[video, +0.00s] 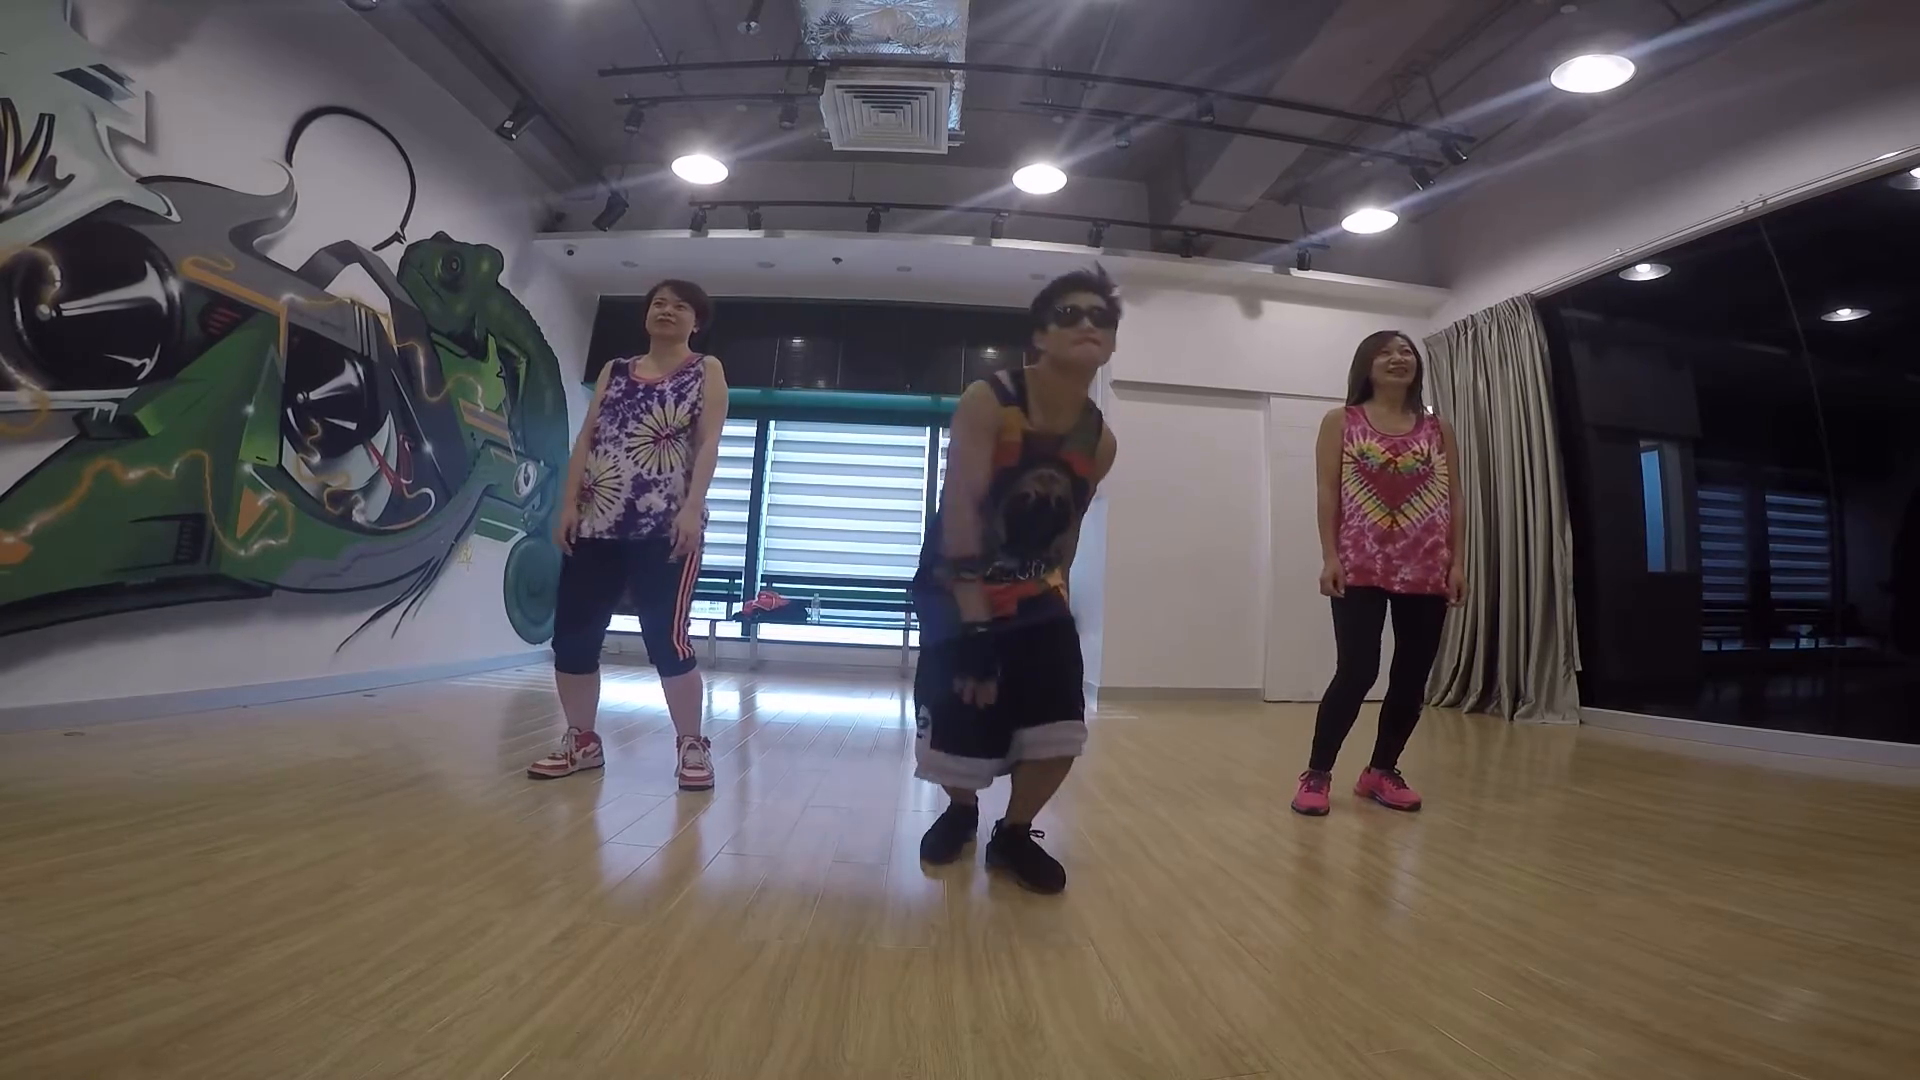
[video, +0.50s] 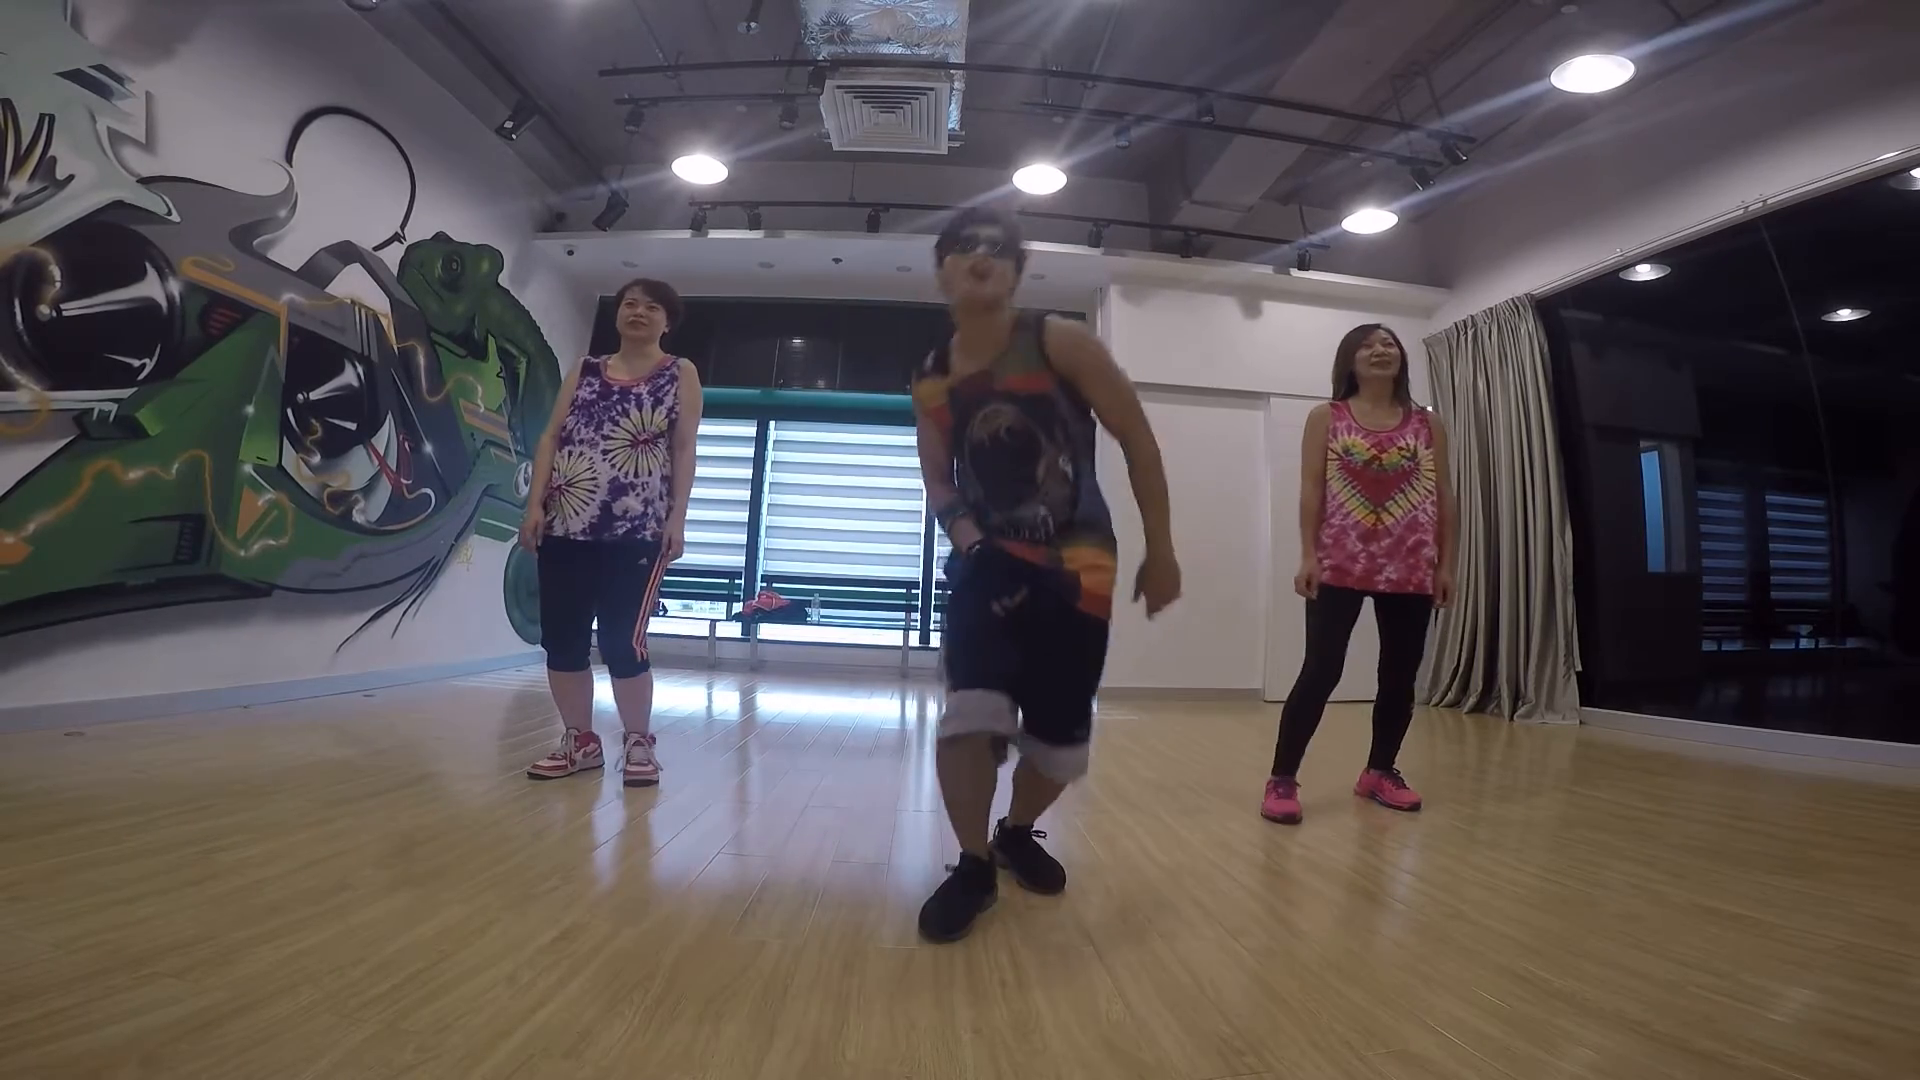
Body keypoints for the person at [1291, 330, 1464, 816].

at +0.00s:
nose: (1398, 358)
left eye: (1406, 353)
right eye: (1386, 352)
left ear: (1418, 368)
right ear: (1366, 366)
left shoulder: (1437, 428)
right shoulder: (1341, 421)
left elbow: (1453, 497)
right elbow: (1328, 491)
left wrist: (1456, 562)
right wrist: (1330, 557)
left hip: (1425, 570)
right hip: (1361, 567)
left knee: (1410, 677)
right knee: (1357, 672)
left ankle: (1381, 772)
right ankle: (1317, 775)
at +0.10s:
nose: (1398, 358)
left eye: (1406, 353)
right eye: (1386, 353)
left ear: (1418, 368)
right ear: (1366, 367)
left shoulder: (1437, 428)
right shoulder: (1341, 421)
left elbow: (1453, 497)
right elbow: (1328, 490)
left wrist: (1455, 562)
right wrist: (1331, 557)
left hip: (1424, 570)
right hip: (1360, 567)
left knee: (1410, 677)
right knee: (1359, 670)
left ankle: (1381, 772)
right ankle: (1317, 776)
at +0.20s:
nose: (1398, 356)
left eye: (1406, 351)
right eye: (1385, 351)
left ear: (1418, 368)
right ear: (1365, 366)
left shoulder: (1437, 428)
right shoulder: (1341, 420)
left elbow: (1452, 496)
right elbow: (1327, 490)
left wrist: (1455, 562)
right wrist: (1331, 557)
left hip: (1424, 569)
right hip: (1361, 566)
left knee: (1412, 677)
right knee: (1355, 669)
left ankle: (1381, 772)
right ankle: (1310, 772)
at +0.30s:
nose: (1393, 354)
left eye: (1402, 349)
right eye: (1380, 349)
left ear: (1414, 365)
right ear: (1361, 365)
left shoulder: (1434, 426)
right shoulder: (1338, 420)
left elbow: (1452, 497)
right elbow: (1325, 490)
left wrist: (1455, 561)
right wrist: (1328, 556)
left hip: (1423, 567)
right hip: (1358, 564)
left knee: (1410, 676)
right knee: (1343, 666)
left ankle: (1380, 771)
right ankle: (1294, 770)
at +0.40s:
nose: (1387, 351)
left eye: (1396, 346)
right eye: (1374, 346)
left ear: (1409, 363)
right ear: (1355, 363)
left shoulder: (1432, 423)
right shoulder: (1334, 418)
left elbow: (1449, 494)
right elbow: (1321, 488)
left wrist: (1452, 560)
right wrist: (1321, 554)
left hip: (1417, 566)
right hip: (1351, 562)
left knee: (1405, 675)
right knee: (1329, 666)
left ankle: (1379, 771)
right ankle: (1281, 774)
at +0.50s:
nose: (1380, 349)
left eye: (1389, 344)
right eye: (1368, 345)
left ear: (1403, 361)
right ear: (1349, 362)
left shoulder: (1427, 423)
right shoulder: (1327, 417)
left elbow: (1442, 495)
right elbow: (1312, 488)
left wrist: (1444, 564)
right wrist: (1309, 555)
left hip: (1408, 567)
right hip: (1340, 564)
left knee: (1399, 675)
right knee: (1321, 671)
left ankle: (1379, 772)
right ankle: (1283, 780)